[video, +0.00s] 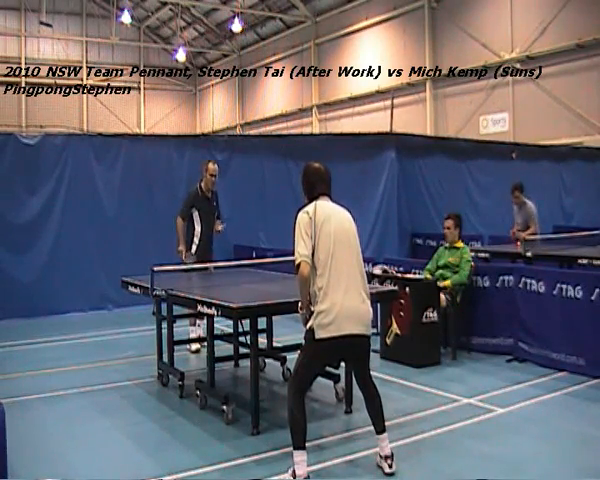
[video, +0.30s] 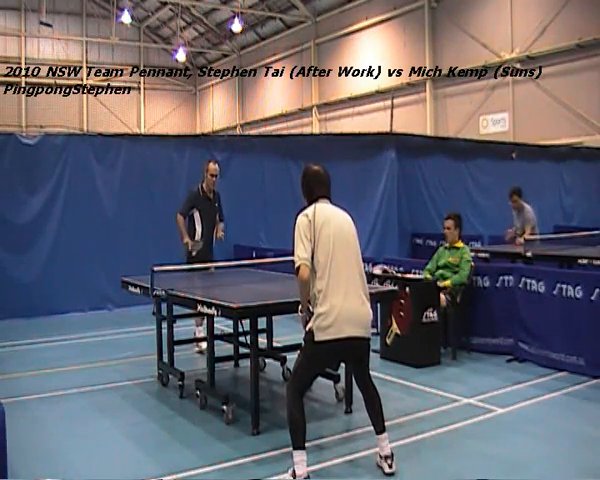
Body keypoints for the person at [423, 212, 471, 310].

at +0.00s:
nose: (445, 232)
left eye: (448, 228)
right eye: (444, 228)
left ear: (457, 230)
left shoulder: (464, 251)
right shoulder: (442, 249)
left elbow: (463, 277)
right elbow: (429, 268)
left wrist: (445, 283)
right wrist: (428, 277)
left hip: (452, 286)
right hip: (435, 282)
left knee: (440, 298)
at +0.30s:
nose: (445, 232)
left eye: (448, 229)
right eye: (444, 229)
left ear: (457, 230)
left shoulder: (464, 251)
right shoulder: (442, 249)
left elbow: (463, 277)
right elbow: (429, 268)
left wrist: (445, 283)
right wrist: (428, 277)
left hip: (453, 285)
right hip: (436, 281)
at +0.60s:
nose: (445, 232)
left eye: (448, 229)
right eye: (444, 229)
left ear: (457, 230)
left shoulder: (464, 251)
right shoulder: (442, 249)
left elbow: (463, 276)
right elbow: (429, 268)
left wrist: (445, 283)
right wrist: (428, 277)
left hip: (453, 285)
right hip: (436, 281)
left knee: (442, 298)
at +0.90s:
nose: (445, 232)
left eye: (448, 229)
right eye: (444, 229)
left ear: (457, 230)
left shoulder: (464, 251)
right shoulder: (441, 249)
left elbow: (463, 276)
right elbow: (429, 267)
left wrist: (445, 283)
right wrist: (428, 277)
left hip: (453, 284)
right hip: (435, 281)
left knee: (442, 297)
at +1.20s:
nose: (445, 232)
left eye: (448, 229)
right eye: (444, 228)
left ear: (457, 230)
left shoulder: (464, 251)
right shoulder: (442, 249)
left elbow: (463, 276)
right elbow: (430, 267)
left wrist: (445, 283)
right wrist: (428, 276)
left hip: (453, 285)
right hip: (436, 282)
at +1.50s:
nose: (445, 232)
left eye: (448, 229)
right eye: (444, 229)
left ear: (457, 230)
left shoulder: (464, 251)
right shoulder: (442, 249)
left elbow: (463, 276)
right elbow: (430, 267)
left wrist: (446, 283)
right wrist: (428, 276)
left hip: (453, 284)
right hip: (436, 281)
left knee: (442, 298)